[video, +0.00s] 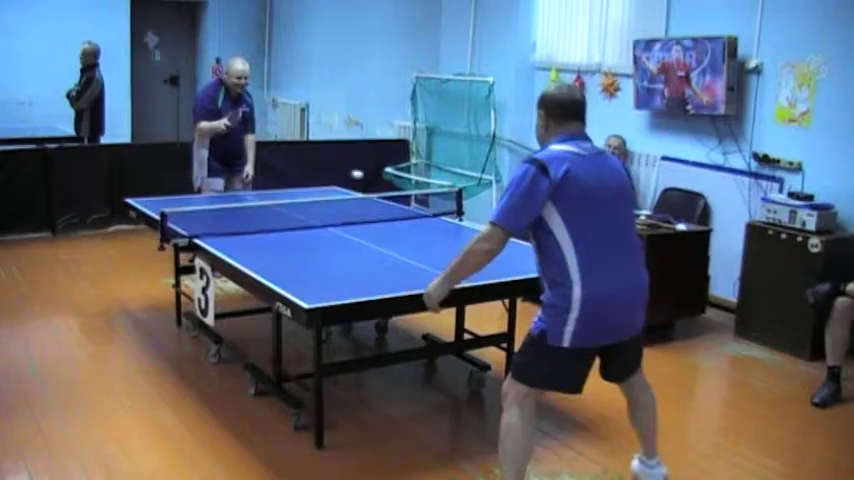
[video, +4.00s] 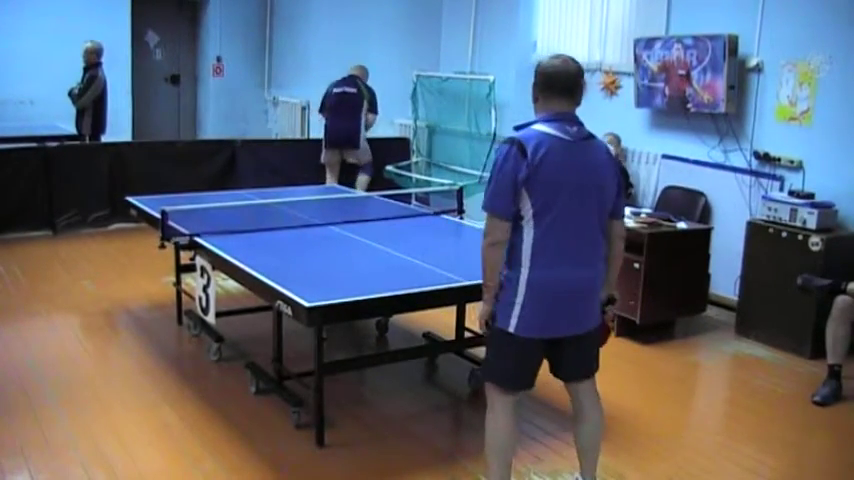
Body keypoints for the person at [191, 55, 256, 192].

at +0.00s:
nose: (242, 83)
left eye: (245, 78)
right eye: (238, 78)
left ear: (248, 78)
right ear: (225, 76)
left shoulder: (246, 98)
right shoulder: (209, 94)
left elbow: (249, 134)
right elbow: (200, 127)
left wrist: (250, 164)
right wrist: (219, 125)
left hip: (238, 158)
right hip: (214, 158)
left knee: (238, 207)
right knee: (211, 207)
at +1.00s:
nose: (261, 106)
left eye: (262, 103)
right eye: (260, 102)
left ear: (251, 97)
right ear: (250, 97)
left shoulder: (243, 111)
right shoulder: (228, 112)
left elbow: (240, 133)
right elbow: (220, 149)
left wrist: (260, 132)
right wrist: (242, 172)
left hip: (223, 164)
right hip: (199, 164)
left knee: (240, 205)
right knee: (190, 207)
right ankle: (167, 253)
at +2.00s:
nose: (312, 104)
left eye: (316, 101)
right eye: (315, 99)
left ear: (312, 91)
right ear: (313, 93)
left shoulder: (297, 101)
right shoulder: (288, 97)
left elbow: (288, 137)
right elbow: (273, 130)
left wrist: (290, 164)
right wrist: (270, 163)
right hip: (255, 150)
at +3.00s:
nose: (348, 79)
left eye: (347, 77)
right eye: (348, 76)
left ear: (330, 72)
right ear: (346, 75)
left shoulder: (312, 89)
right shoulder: (348, 92)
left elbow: (304, 118)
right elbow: (356, 122)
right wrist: (358, 148)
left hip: (313, 148)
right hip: (338, 149)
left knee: (318, 194)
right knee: (344, 193)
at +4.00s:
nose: (366, 80)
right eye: (366, 78)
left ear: (350, 73)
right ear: (364, 77)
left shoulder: (333, 85)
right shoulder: (367, 90)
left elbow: (323, 111)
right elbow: (371, 117)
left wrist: (334, 123)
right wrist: (362, 129)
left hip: (331, 136)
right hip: (354, 136)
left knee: (331, 174)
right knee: (366, 165)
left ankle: (329, 206)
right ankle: (358, 197)